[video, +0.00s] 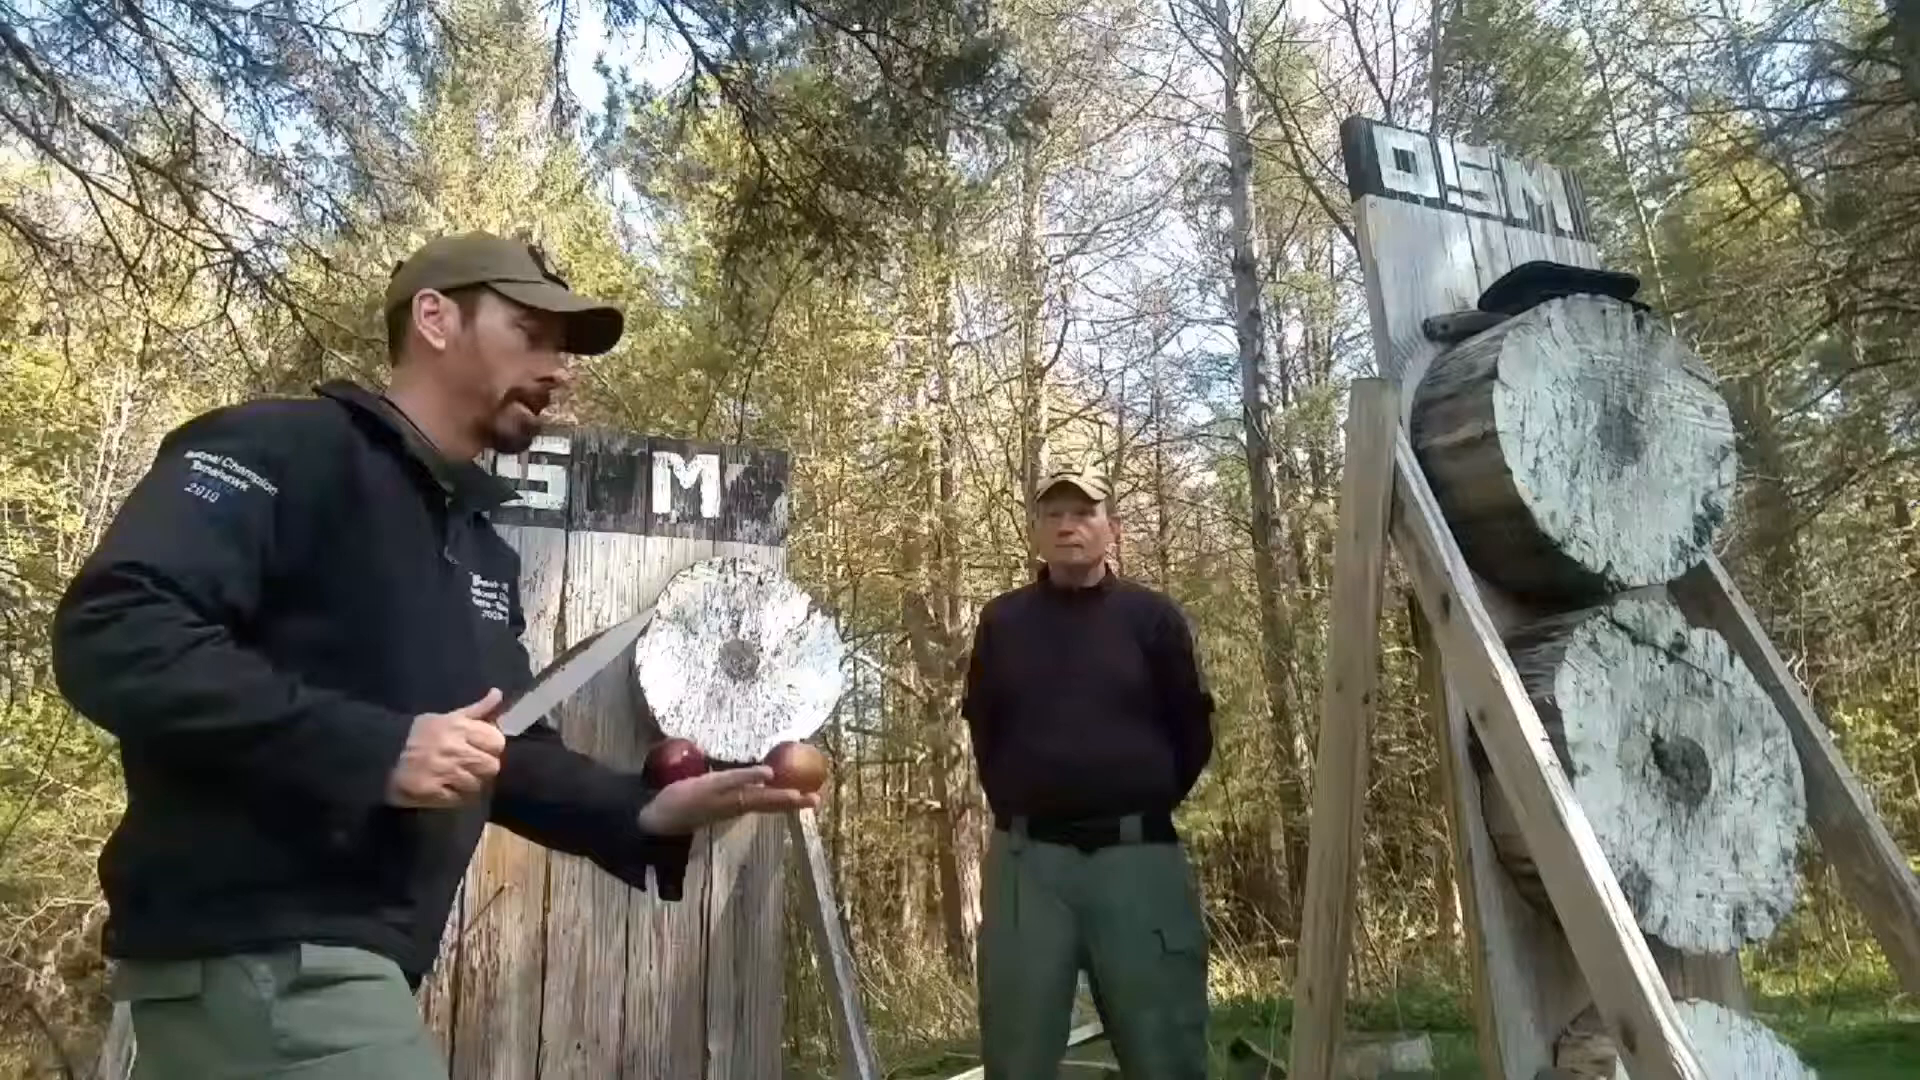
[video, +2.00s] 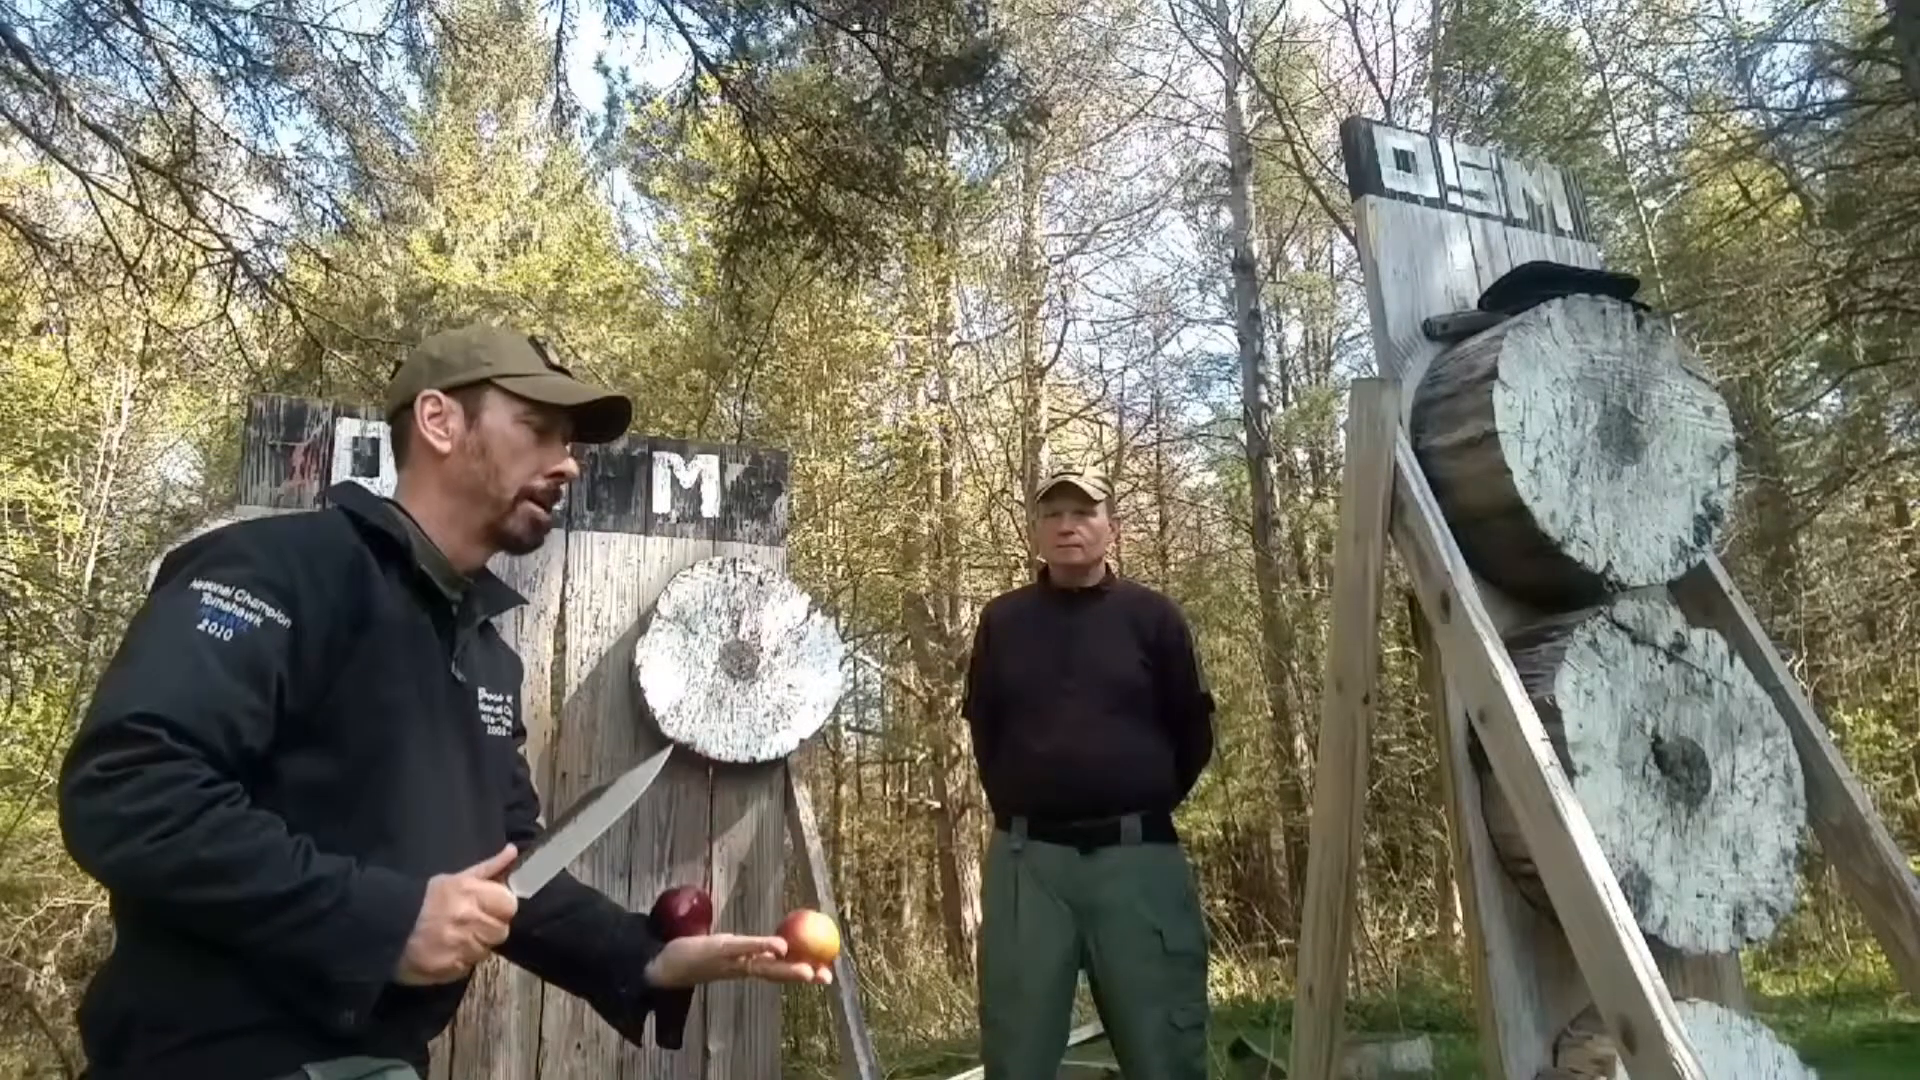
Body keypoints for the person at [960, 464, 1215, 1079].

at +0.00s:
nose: (1068, 526)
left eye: (1082, 513)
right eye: (1054, 516)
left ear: (1111, 530)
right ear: (1035, 535)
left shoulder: (1154, 616)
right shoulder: (1000, 619)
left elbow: (1193, 732)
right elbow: (982, 724)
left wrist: (1140, 811)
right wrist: (1022, 814)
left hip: (1139, 862)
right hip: (1026, 862)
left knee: (1163, 1057)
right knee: (1017, 1059)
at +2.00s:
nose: (1068, 525)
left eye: (1082, 513)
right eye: (1053, 515)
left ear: (1110, 530)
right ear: (1033, 534)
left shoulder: (1153, 614)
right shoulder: (1000, 619)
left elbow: (1194, 732)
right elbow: (983, 727)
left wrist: (1141, 814)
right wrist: (1025, 817)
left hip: (1139, 861)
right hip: (1026, 862)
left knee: (1163, 1058)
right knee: (1017, 1059)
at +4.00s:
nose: (1069, 518)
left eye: (1083, 508)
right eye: (1054, 509)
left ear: (1109, 530)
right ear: (1034, 532)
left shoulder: (1150, 613)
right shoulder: (999, 619)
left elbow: (1194, 730)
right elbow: (983, 730)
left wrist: (1141, 813)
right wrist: (1026, 817)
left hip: (1140, 860)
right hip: (1025, 861)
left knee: (1165, 1057)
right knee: (1017, 1059)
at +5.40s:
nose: (1075, 534)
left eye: (1087, 520)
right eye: (1058, 520)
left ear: (1103, 534)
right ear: (1028, 533)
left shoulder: (1144, 611)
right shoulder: (990, 620)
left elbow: (1186, 718)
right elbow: (980, 732)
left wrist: (1137, 800)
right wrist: (1026, 812)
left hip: (1143, 865)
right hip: (1029, 866)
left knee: (1168, 1049)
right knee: (1020, 1055)